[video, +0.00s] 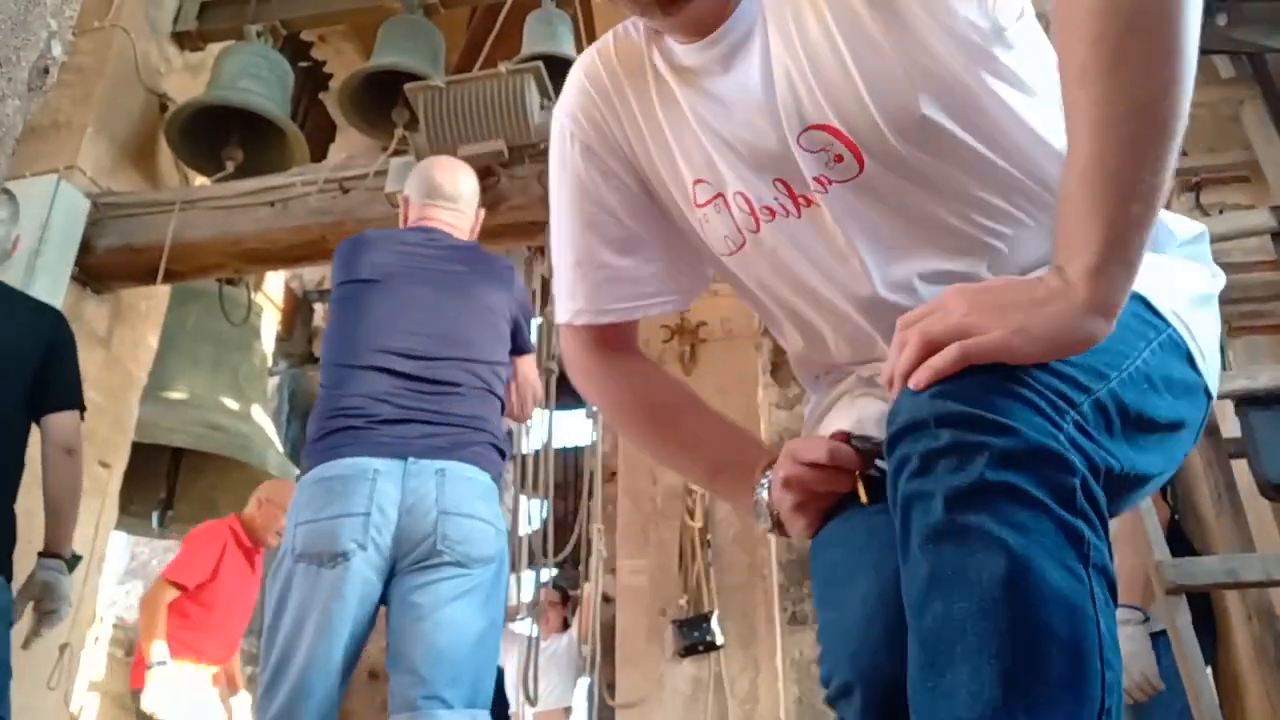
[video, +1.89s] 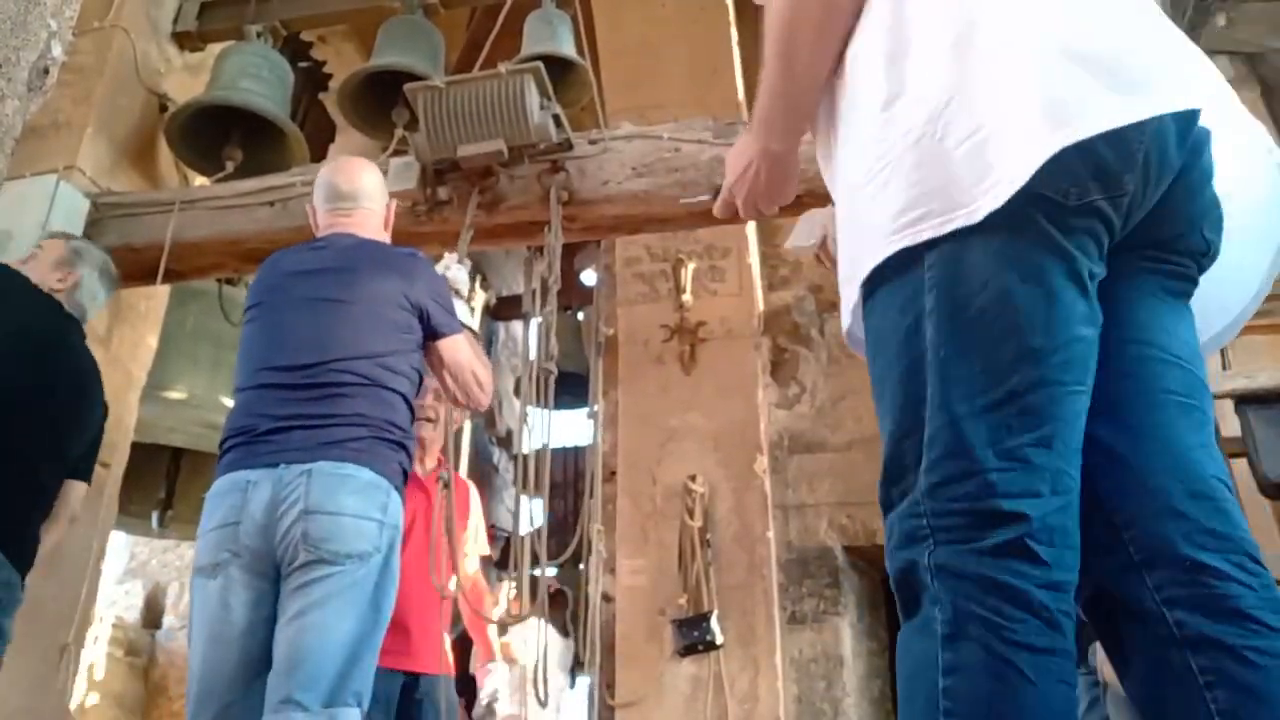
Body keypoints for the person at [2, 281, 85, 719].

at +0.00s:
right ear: (15, 243)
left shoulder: (40, 327)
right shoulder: (38, 326)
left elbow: (65, 445)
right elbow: (65, 445)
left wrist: (54, 557)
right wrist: (55, 557)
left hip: (2, 577)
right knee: (2, 701)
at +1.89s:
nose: (20, 262)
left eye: (35, 256)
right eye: (31, 253)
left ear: (64, 280)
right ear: (75, 289)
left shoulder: (8, 287)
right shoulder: (90, 385)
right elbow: (66, 507)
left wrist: (18, 568)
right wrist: (18, 565)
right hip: (7, 562)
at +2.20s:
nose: (8, 263)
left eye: (13, 256)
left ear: (22, 260)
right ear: (81, 294)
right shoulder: (87, 371)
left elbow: (78, 495)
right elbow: (77, 497)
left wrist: (19, 590)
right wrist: (19, 590)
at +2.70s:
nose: (74, 309)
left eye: (79, 297)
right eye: (77, 293)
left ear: (9, 269)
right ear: (51, 276)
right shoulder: (56, 337)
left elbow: (61, 448)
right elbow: (60, 448)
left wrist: (53, 571)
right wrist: (54, 572)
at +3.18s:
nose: (131, 291)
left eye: (136, 283)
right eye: (123, 271)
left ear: (71, 269)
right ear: (73, 264)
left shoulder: (27, 317)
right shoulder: (51, 315)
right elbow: (34, 414)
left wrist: (88, 531)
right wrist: (107, 522)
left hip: (19, 566)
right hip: (16, 566)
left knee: (8, 702)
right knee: (5, 703)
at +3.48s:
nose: (173, 301)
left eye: (177, 293)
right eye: (163, 282)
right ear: (114, 274)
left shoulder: (94, 344)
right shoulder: (75, 315)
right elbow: (27, 392)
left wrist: (115, 566)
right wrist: (100, 509)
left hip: (27, 571)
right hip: (14, 567)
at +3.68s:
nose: (164, 291)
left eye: (169, 285)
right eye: (153, 273)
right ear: (103, 269)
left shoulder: (91, 353)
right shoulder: (51, 315)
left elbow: (57, 482)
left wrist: (87, 578)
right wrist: (27, 494)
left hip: (26, 579)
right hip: (7, 572)